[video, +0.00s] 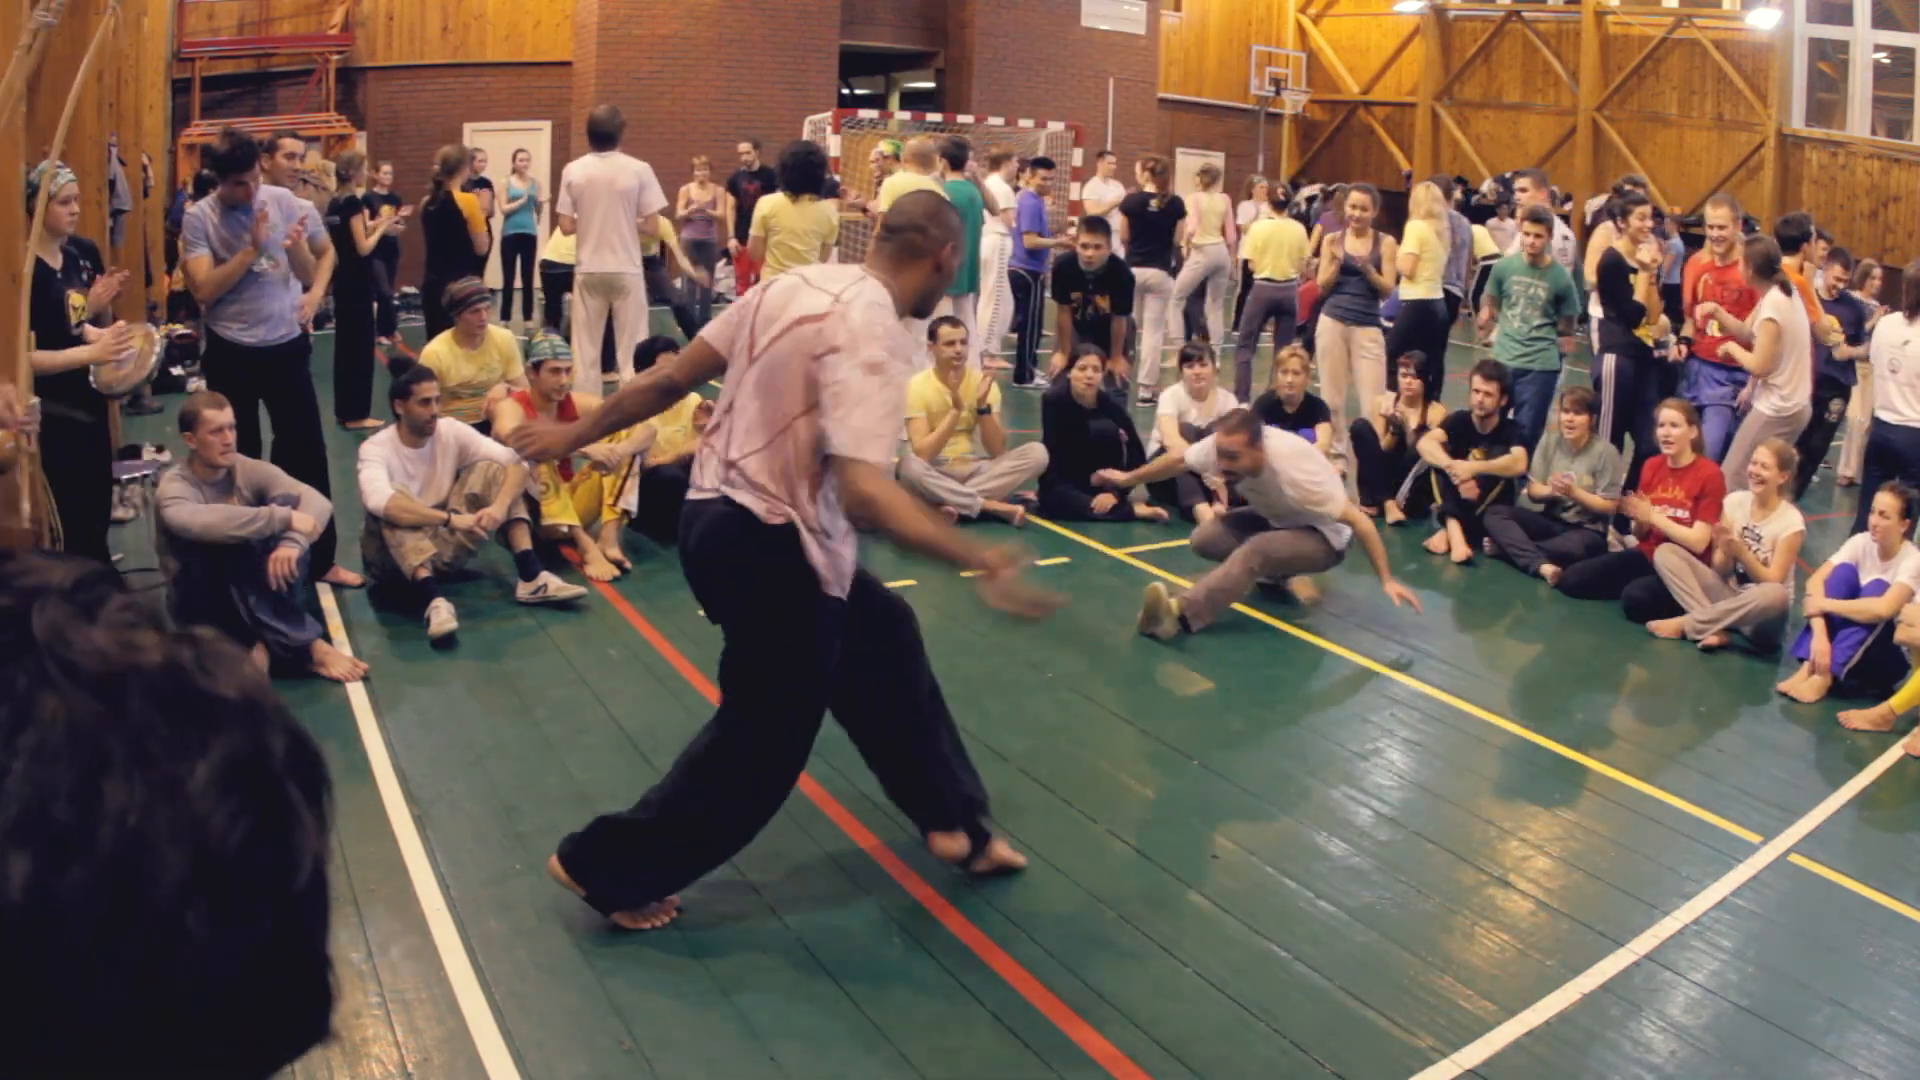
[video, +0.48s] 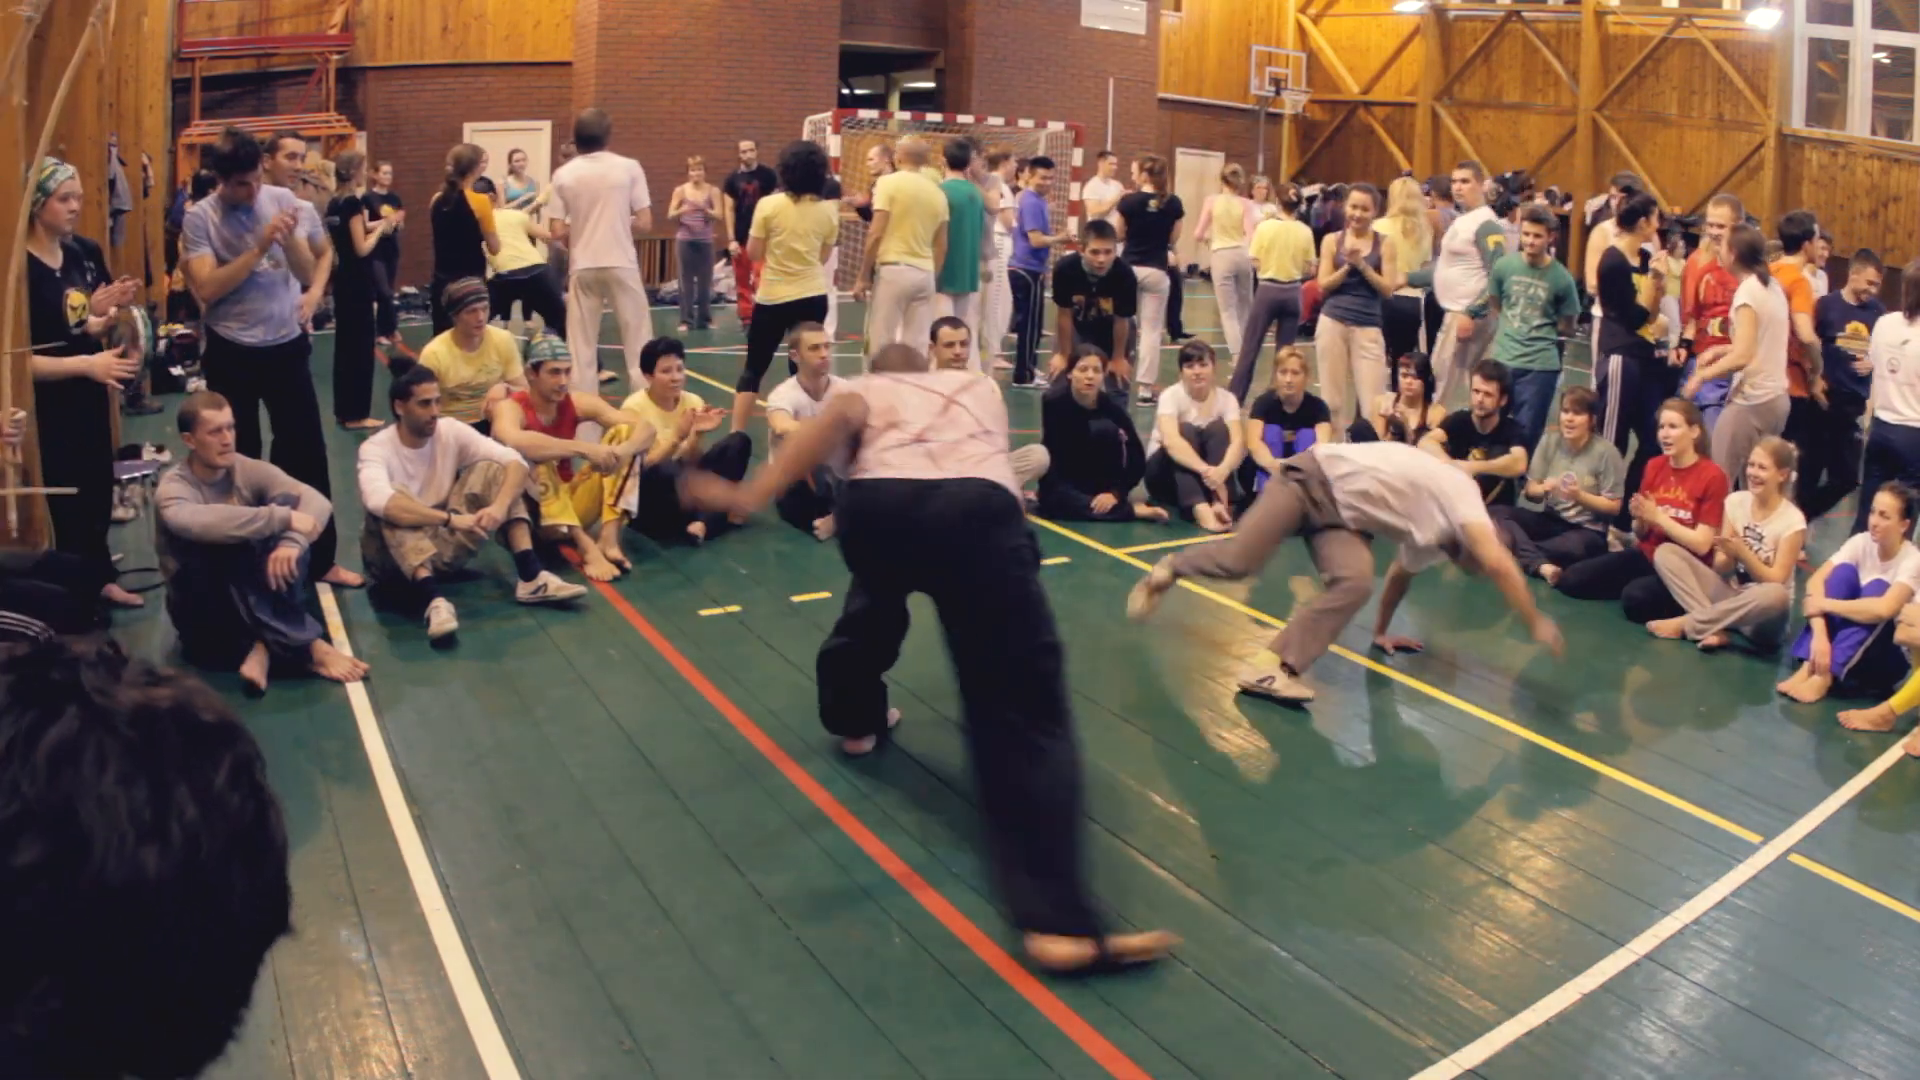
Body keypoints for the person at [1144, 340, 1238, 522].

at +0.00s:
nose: (1197, 372)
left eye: (1203, 365)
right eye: (1190, 367)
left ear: (1214, 368)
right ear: (1181, 371)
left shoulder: (1227, 400)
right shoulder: (1170, 396)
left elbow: (1233, 444)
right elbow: (1171, 441)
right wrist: (1208, 475)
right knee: (1186, 431)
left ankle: (1220, 505)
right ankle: (1202, 512)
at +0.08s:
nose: (1197, 372)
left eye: (1203, 365)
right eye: (1189, 366)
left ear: (1215, 368)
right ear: (1181, 371)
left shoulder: (1227, 399)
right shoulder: (1170, 397)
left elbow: (1237, 440)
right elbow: (1171, 445)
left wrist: (1224, 470)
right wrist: (1205, 470)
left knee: (1218, 427)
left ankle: (1222, 504)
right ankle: (1203, 512)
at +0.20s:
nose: (1197, 372)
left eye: (1203, 365)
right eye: (1190, 366)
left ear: (1214, 368)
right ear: (1182, 371)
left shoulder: (1227, 399)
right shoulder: (1170, 396)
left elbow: (1239, 443)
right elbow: (1170, 441)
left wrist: (1222, 473)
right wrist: (1207, 472)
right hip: (1168, 481)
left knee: (1218, 427)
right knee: (1186, 430)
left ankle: (1220, 502)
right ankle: (1200, 506)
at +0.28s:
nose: (1197, 372)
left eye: (1203, 365)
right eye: (1189, 367)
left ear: (1214, 368)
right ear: (1181, 371)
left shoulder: (1227, 399)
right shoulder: (1170, 396)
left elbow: (1239, 443)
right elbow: (1171, 442)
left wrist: (1222, 472)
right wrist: (1208, 473)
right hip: (1168, 480)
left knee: (1217, 427)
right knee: (1186, 431)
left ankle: (1222, 502)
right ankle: (1198, 504)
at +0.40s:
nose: (1197, 372)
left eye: (1203, 365)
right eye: (1189, 367)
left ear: (1214, 368)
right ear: (1181, 372)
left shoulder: (1227, 399)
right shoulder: (1170, 396)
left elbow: (1238, 443)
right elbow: (1171, 442)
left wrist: (1222, 471)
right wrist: (1207, 472)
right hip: (1168, 480)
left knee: (1218, 426)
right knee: (1186, 430)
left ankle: (1222, 501)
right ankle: (1199, 504)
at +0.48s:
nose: (1197, 372)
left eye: (1203, 365)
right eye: (1189, 366)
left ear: (1213, 368)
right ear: (1181, 371)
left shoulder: (1227, 399)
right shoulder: (1170, 396)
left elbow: (1238, 442)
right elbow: (1170, 441)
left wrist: (1223, 471)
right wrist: (1206, 472)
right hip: (1167, 479)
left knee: (1218, 428)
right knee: (1186, 430)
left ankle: (1220, 502)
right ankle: (1200, 506)